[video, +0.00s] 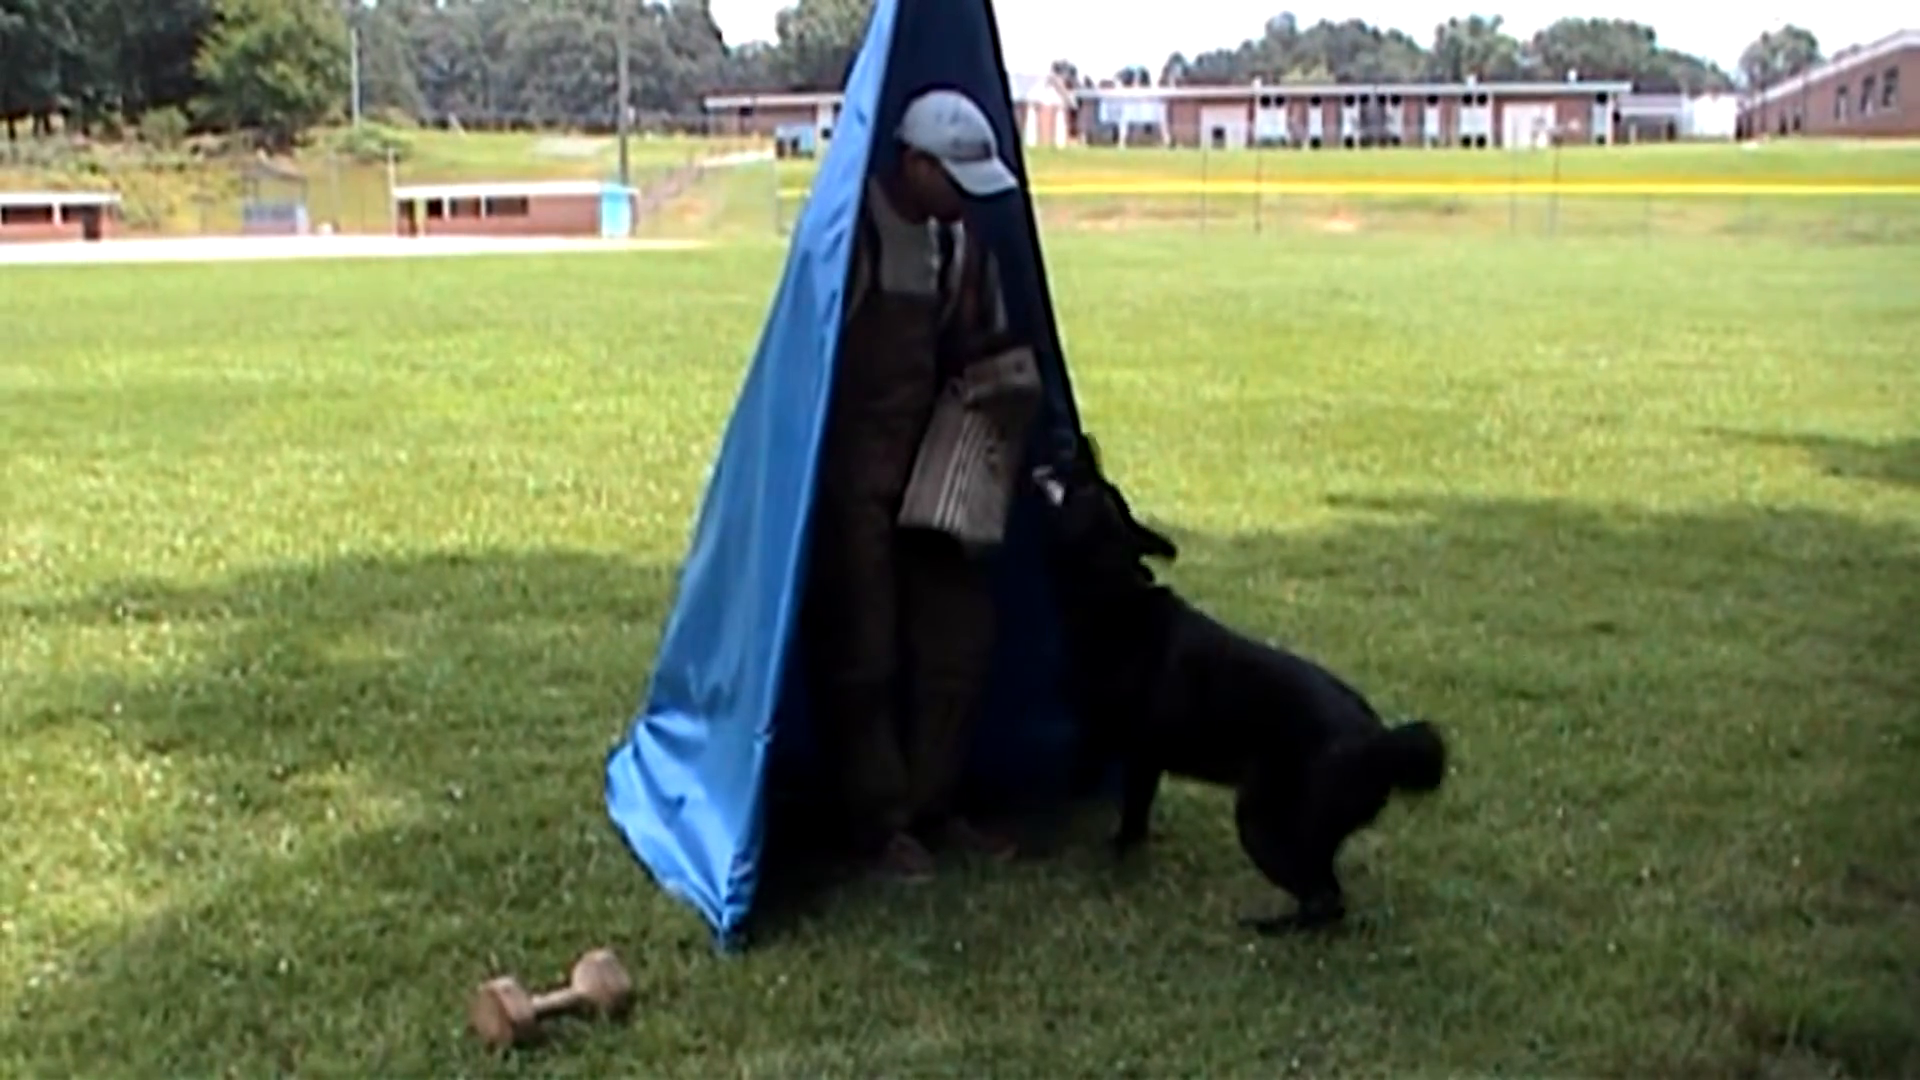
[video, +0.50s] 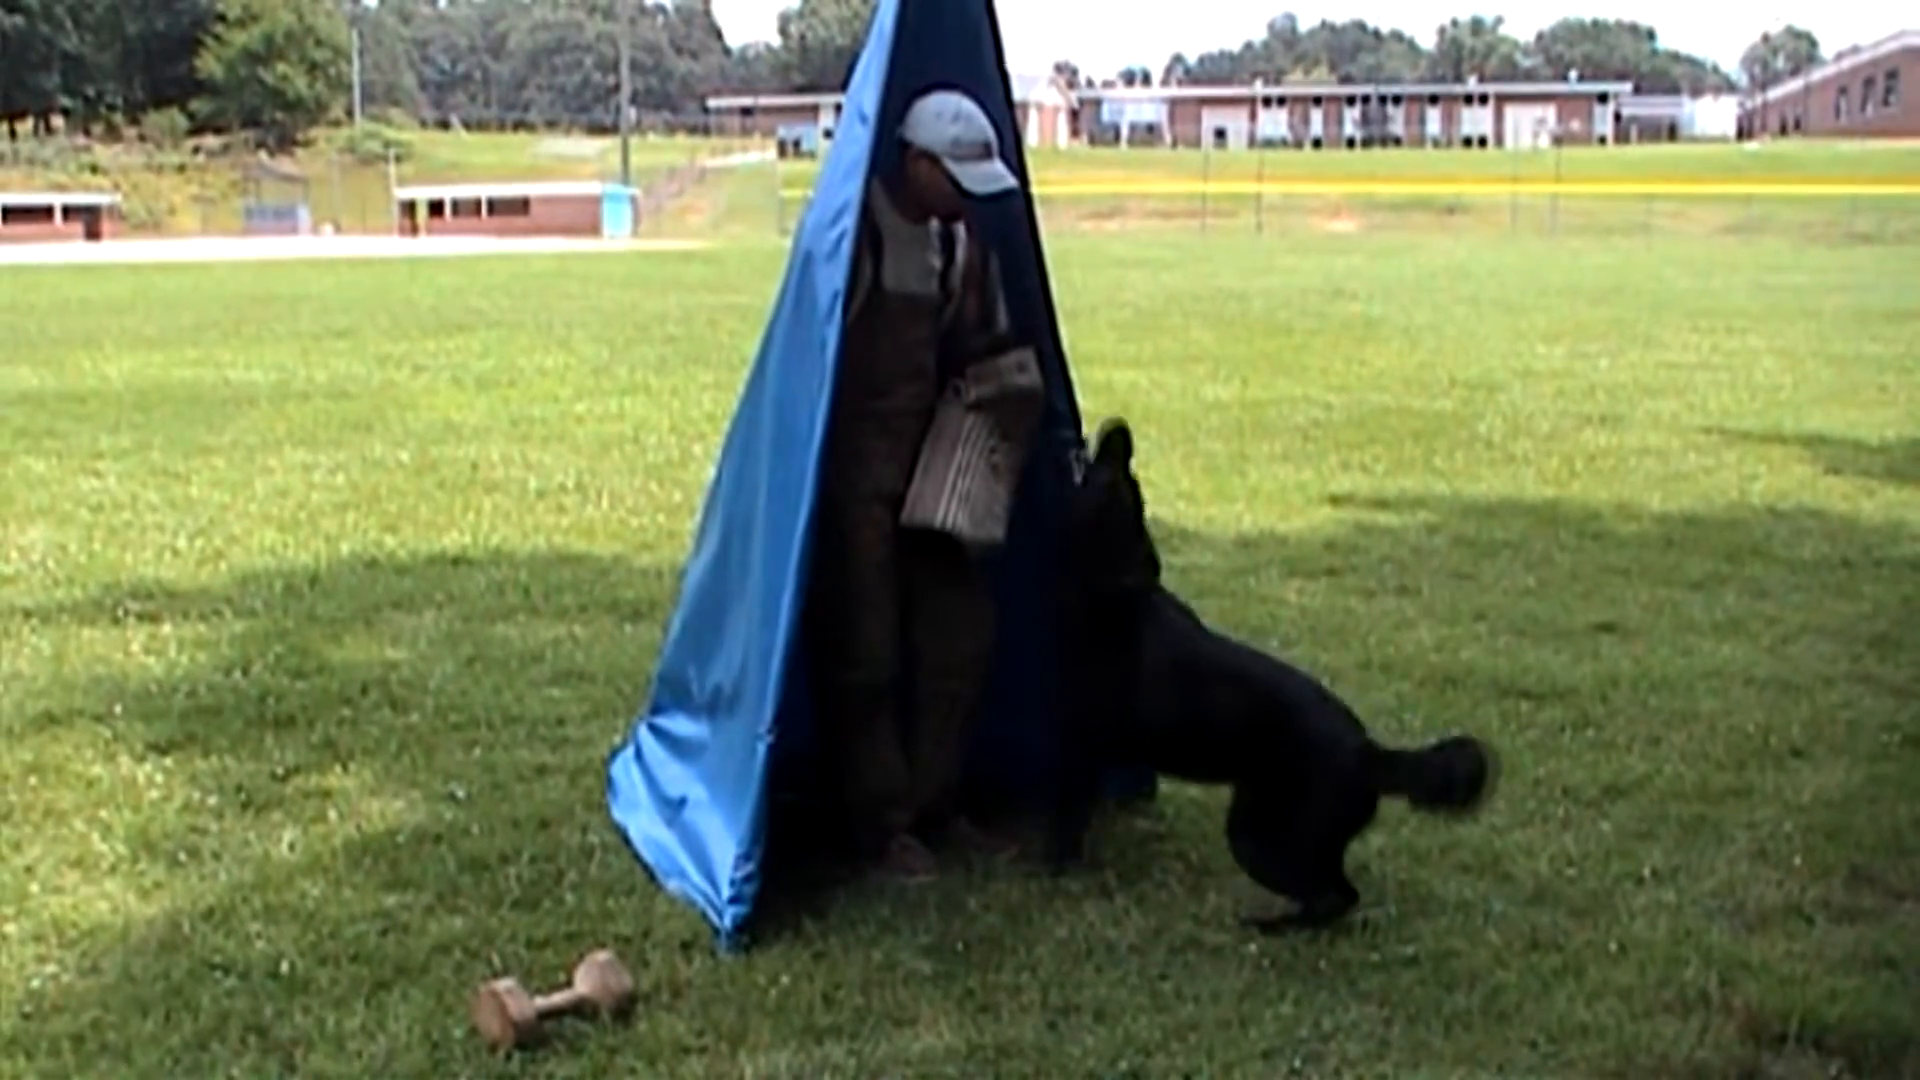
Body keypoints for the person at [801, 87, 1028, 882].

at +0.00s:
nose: (964, 199)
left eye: (971, 184)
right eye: (954, 182)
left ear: (965, 174)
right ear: (910, 163)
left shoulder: (967, 246)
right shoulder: (845, 242)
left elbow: (995, 360)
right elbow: (806, 372)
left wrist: (1000, 386)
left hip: (944, 481)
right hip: (853, 484)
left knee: (951, 640)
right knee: (868, 653)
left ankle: (939, 808)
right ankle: (880, 826)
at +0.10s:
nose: (963, 199)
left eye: (971, 185)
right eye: (954, 181)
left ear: (966, 174)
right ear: (910, 162)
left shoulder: (967, 247)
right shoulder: (846, 241)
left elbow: (990, 361)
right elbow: (807, 374)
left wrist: (1005, 380)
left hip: (944, 480)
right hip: (855, 483)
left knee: (951, 641)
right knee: (869, 653)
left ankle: (938, 807)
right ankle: (880, 826)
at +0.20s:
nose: (964, 199)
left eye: (972, 185)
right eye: (955, 182)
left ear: (967, 174)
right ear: (912, 163)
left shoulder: (968, 249)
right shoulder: (848, 242)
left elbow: (997, 362)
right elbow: (810, 373)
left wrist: (1003, 393)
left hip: (946, 480)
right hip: (856, 482)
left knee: (951, 641)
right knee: (870, 653)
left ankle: (938, 809)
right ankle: (881, 826)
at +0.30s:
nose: (964, 199)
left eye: (972, 184)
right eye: (955, 181)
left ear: (966, 175)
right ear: (912, 162)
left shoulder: (968, 250)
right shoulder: (847, 242)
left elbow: (996, 363)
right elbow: (809, 371)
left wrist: (1002, 393)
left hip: (946, 480)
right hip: (856, 482)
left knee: (950, 643)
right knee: (871, 653)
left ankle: (939, 809)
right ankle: (882, 826)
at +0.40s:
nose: (964, 198)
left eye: (971, 184)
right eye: (954, 180)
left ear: (965, 174)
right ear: (911, 161)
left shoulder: (968, 249)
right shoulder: (847, 241)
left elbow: (995, 361)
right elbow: (809, 370)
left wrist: (1003, 383)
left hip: (946, 480)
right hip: (857, 482)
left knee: (951, 642)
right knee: (871, 653)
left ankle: (939, 809)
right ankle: (882, 826)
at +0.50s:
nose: (964, 198)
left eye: (971, 183)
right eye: (954, 180)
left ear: (965, 174)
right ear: (912, 162)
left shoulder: (967, 248)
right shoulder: (848, 241)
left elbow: (995, 361)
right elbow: (809, 370)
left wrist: (1003, 382)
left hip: (945, 478)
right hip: (856, 480)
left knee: (952, 640)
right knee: (871, 652)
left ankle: (938, 808)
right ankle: (881, 826)